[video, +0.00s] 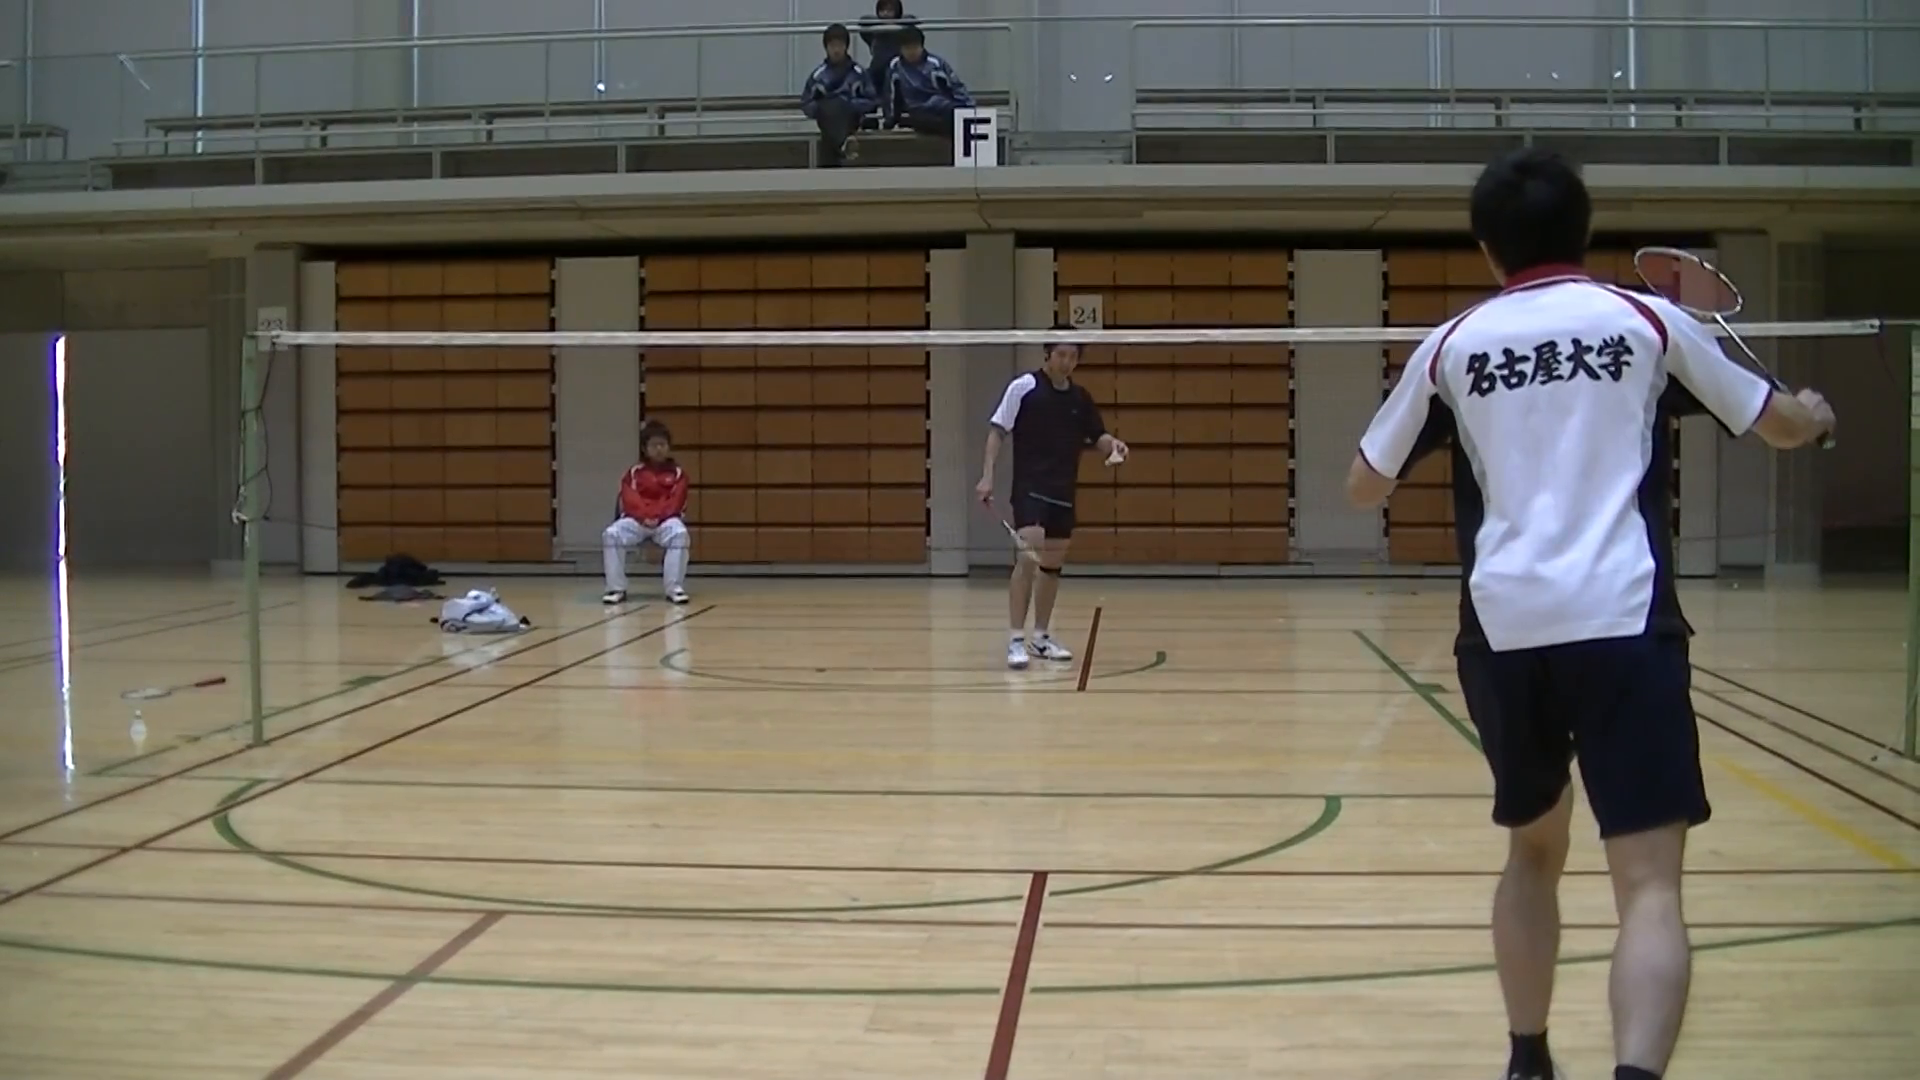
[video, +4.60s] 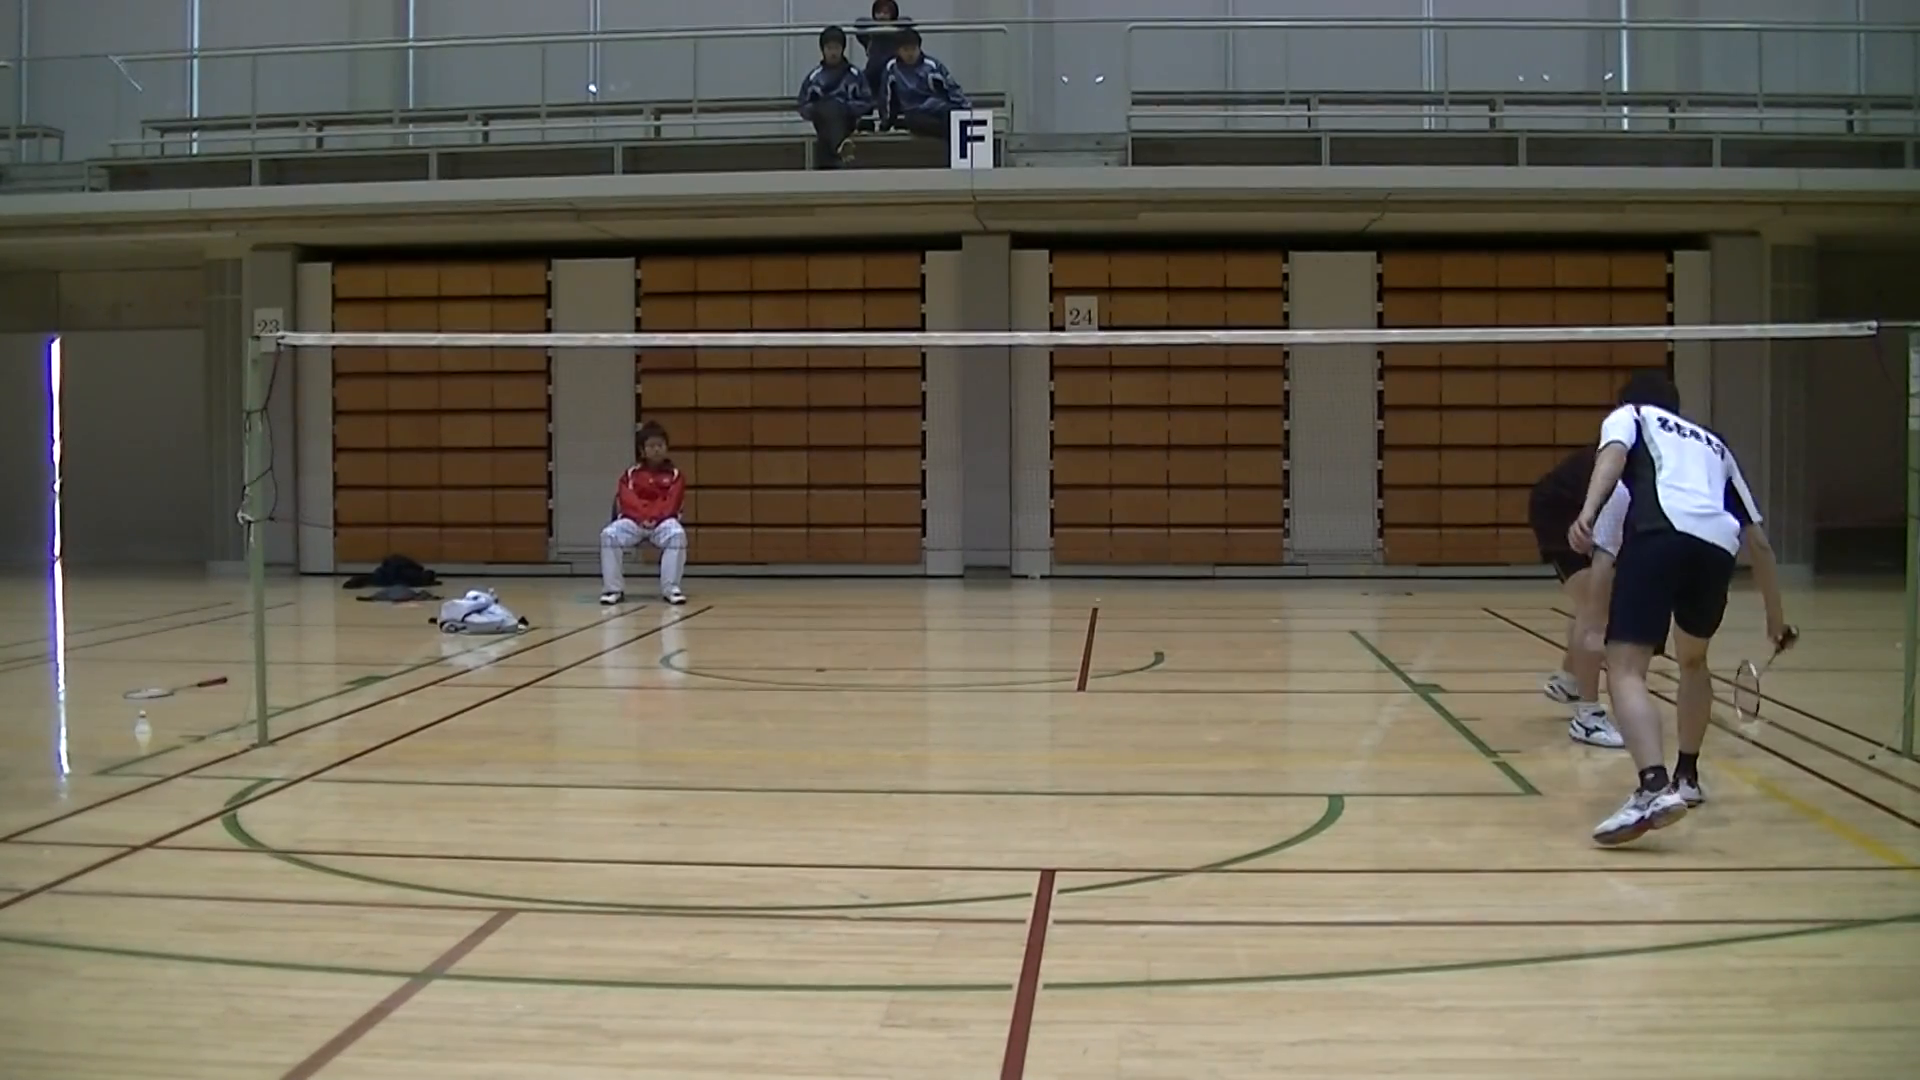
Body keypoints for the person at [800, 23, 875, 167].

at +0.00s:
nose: (836, 50)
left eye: (840, 45)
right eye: (832, 45)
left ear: (846, 47)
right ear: (826, 47)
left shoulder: (859, 72)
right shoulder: (818, 74)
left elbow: (871, 102)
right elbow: (807, 106)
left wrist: (846, 104)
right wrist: (823, 105)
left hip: (852, 119)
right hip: (826, 119)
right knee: (830, 105)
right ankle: (843, 143)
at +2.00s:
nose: (842, 50)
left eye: (846, 45)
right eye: (838, 46)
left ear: (852, 47)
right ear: (832, 48)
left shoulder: (866, 74)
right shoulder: (823, 76)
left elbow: (876, 103)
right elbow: (814, 105)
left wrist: (846, 103)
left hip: (860, 120)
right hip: (831, 120)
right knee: (835, 105)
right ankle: (851, 142)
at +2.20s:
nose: (877, 51)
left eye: (881, 46)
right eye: (873, 46)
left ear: (888, 47)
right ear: (867, 48)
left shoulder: (902, 74)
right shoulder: (859, 76)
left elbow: (914, 103)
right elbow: (851, 104)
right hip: (870, 125)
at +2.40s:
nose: (867, 49)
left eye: (871, 44)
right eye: (864, 44)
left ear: (878, 45)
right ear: (857, 46)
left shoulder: (890, 72)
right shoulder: (849, 73)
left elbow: (902, 101)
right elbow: (838, 102)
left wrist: (878, 104)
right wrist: (854, 109)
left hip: (884, 121)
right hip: (858, 122)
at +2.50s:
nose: (851, 50)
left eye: (855, 45)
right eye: (847, 45)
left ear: (861, 47)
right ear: (840, 47)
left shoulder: (875, 76)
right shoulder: (830, 77)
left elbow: (886, 102)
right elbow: (822, 104)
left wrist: (862, 105)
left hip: (869, 119)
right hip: (840, 119)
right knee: (850, 106)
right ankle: (861, 144)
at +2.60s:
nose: (838, 50)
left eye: (842, 44)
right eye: (833, 44)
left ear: (848, 46)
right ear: (827, 47)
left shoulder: (861, 74)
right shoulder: (818, 75)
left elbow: (872, 101)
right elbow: (808, 103)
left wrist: (848, 106)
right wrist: (828, 110)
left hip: (855, 126)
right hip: (828, 127)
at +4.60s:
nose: (833, 52)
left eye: (837, 47)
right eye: (829, 48)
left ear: (843, 49)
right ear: (822, 50)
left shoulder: (855, 74)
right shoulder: (813, 76)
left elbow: (867, 103)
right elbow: (803, 107)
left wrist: (843, 108)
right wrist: (823, 109)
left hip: (848, 122)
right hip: (821, 123)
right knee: (830, 106)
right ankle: (840, 145)